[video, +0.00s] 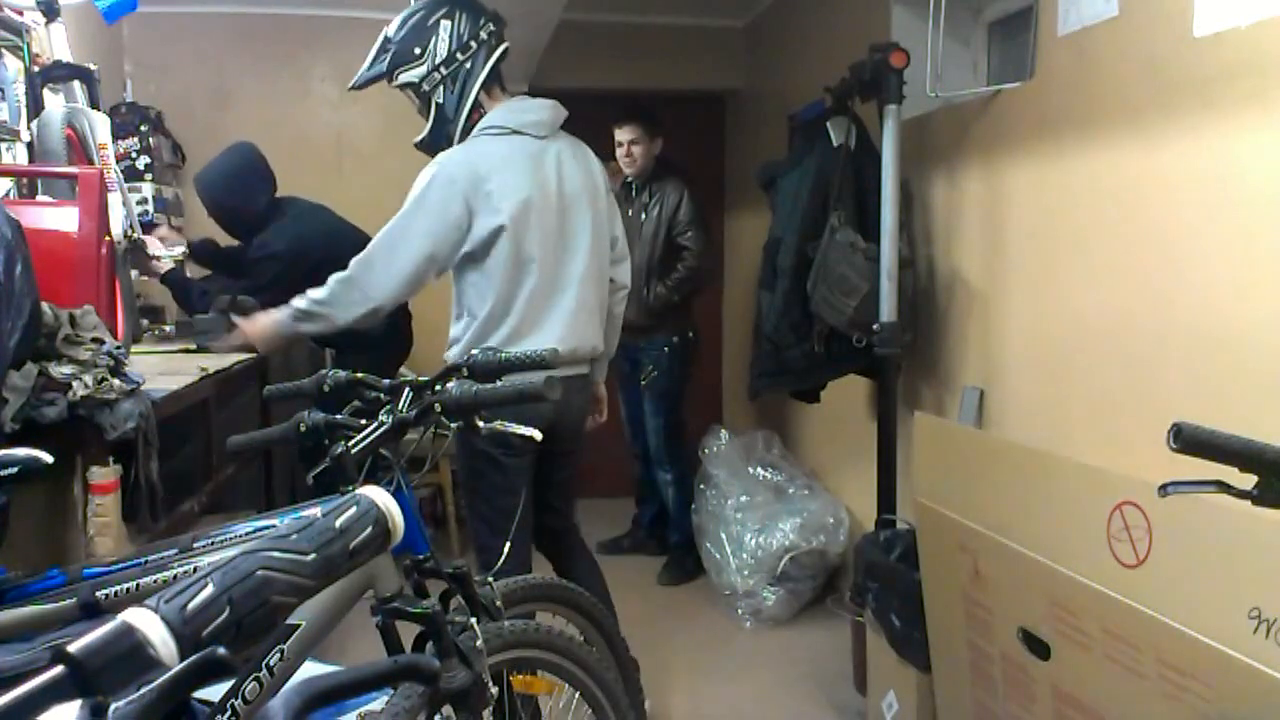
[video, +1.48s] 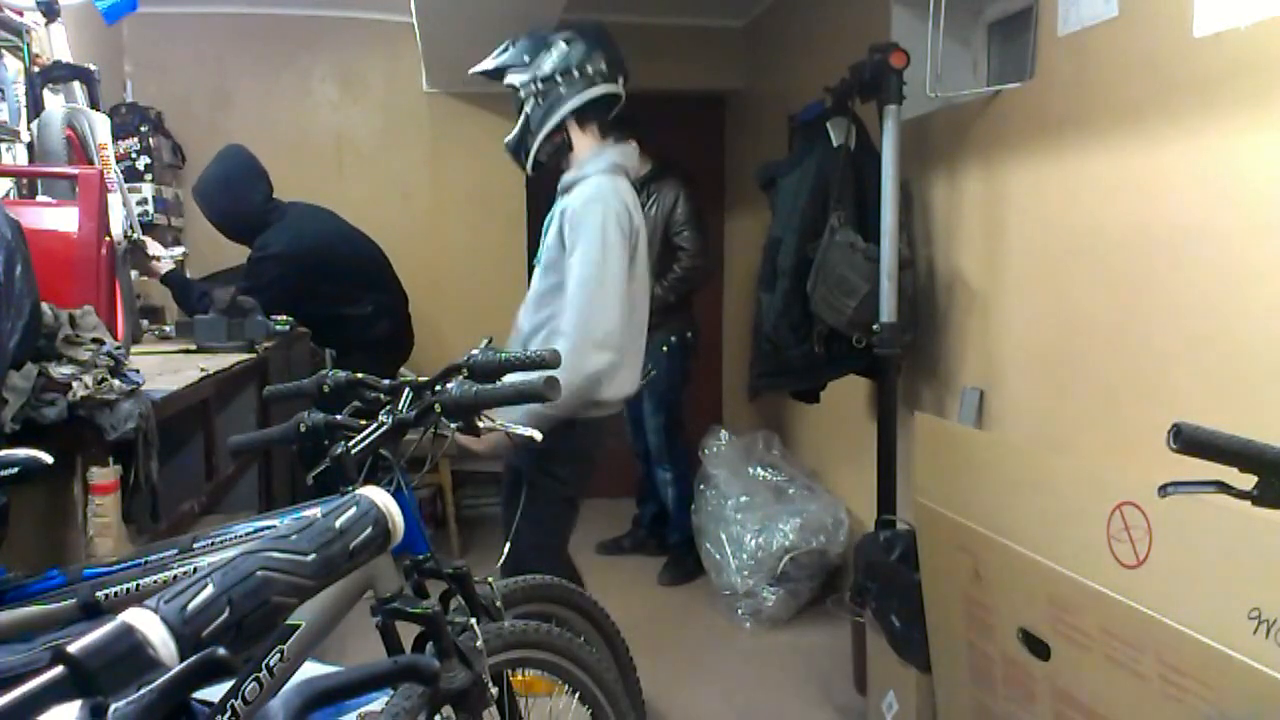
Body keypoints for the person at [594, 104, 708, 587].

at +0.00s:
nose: (625, 153)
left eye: (634, 144)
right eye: (619, 145)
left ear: (657, 145)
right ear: (613, 151)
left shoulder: (675, 195)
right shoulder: (615, 197)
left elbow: (695, 261)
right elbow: (605, 254)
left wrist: (652, 301)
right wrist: (612, 298)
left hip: (664, 336)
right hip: (625, 335)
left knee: (664, 444)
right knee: (639, 442)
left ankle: (684, 545)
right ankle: (649, 529)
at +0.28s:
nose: (625, 154)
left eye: (633, 145)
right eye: (619, 147)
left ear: (656, 145)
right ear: (614, 153)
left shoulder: (676, 195)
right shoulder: (622, 200)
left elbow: (695, 261)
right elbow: (613, 257)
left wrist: (656, 299)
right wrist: (611, 292)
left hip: (666, 336)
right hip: (631, 334)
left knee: (664, 444)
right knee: (640, 442)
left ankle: (685, 546)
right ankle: (650, 529)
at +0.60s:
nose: (615, 165)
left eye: (620, 155)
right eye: (610, 159)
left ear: (647, 148)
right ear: (612, 163)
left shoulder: (677, 196)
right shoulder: (626, 202)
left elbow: (696, 260)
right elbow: (619, 260)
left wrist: (657, 299)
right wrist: (617, 299)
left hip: (666, 335)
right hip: (630, 334)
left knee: (664, 442)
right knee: (640, 442)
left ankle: (684, 546)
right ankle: (649, 529)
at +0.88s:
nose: (609, 170)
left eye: (613, 160)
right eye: (604, 164)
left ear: (638, 150)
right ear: (612, 165)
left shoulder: (674, 192)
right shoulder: (623, 202)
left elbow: (696, 260)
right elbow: (620, 261)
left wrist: (654, 301)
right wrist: (619, 301)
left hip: (669, 333)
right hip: (633, 331)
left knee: (664, 441)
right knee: (641, 440)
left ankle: (685, 547)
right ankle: (650, 528)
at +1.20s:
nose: (611, 170)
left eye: (613, 160)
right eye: (607, 163)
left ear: (634, 150)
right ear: (626, 154)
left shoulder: (672, 192)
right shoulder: (624, 200)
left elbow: (693, 260)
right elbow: (625, 261)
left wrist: (652, 303)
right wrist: (620, 300)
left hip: (668, 334)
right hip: (635, 333)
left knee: (664, 441)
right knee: (641, 441)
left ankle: (685, 545)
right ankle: (650, 529)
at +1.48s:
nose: (608, 166)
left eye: (611, 156)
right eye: (605, 159)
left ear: (629, 152)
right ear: (618, 158)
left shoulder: (669, 191)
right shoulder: (616, 199)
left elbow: (692, 260)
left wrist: (651, 300)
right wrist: (617, 298)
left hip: (666, 330)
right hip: (632, 330)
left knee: (662, 438)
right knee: (641, 437)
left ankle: (685, 544)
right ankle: (651, 527)